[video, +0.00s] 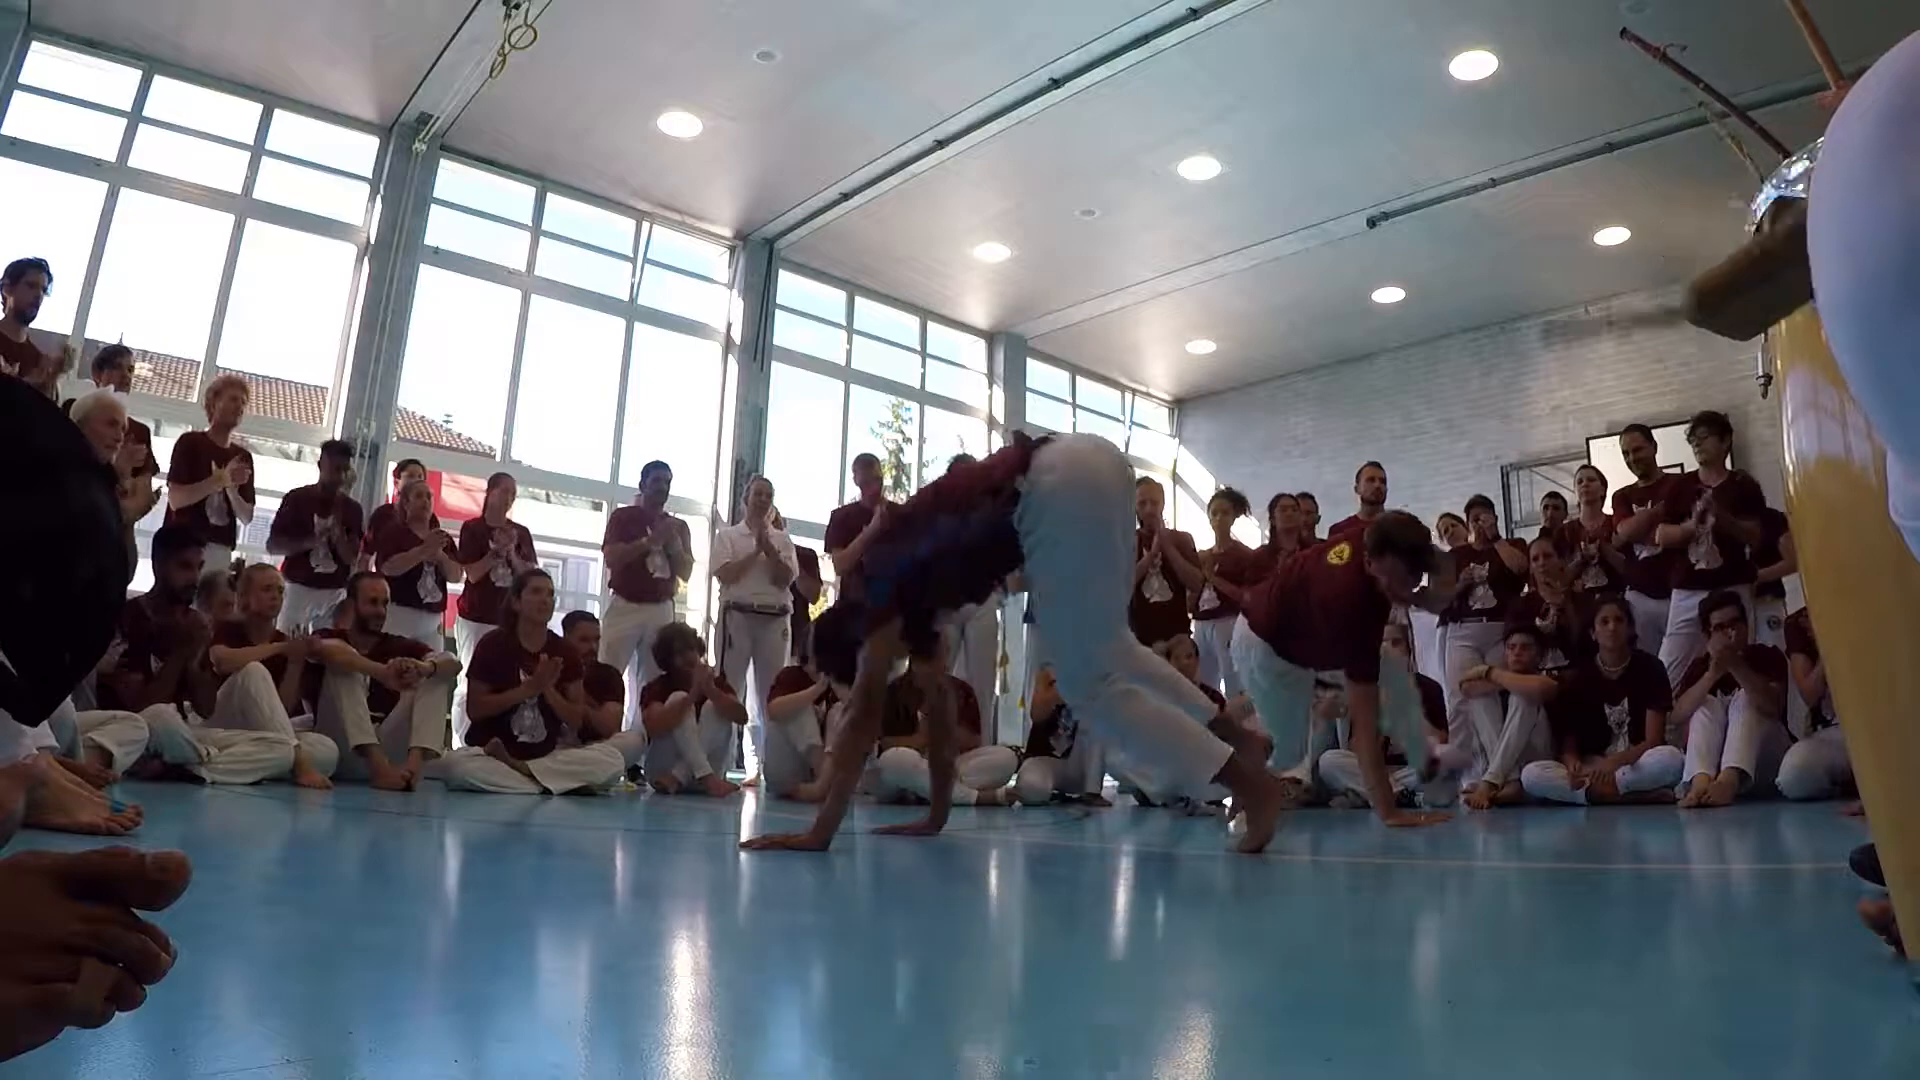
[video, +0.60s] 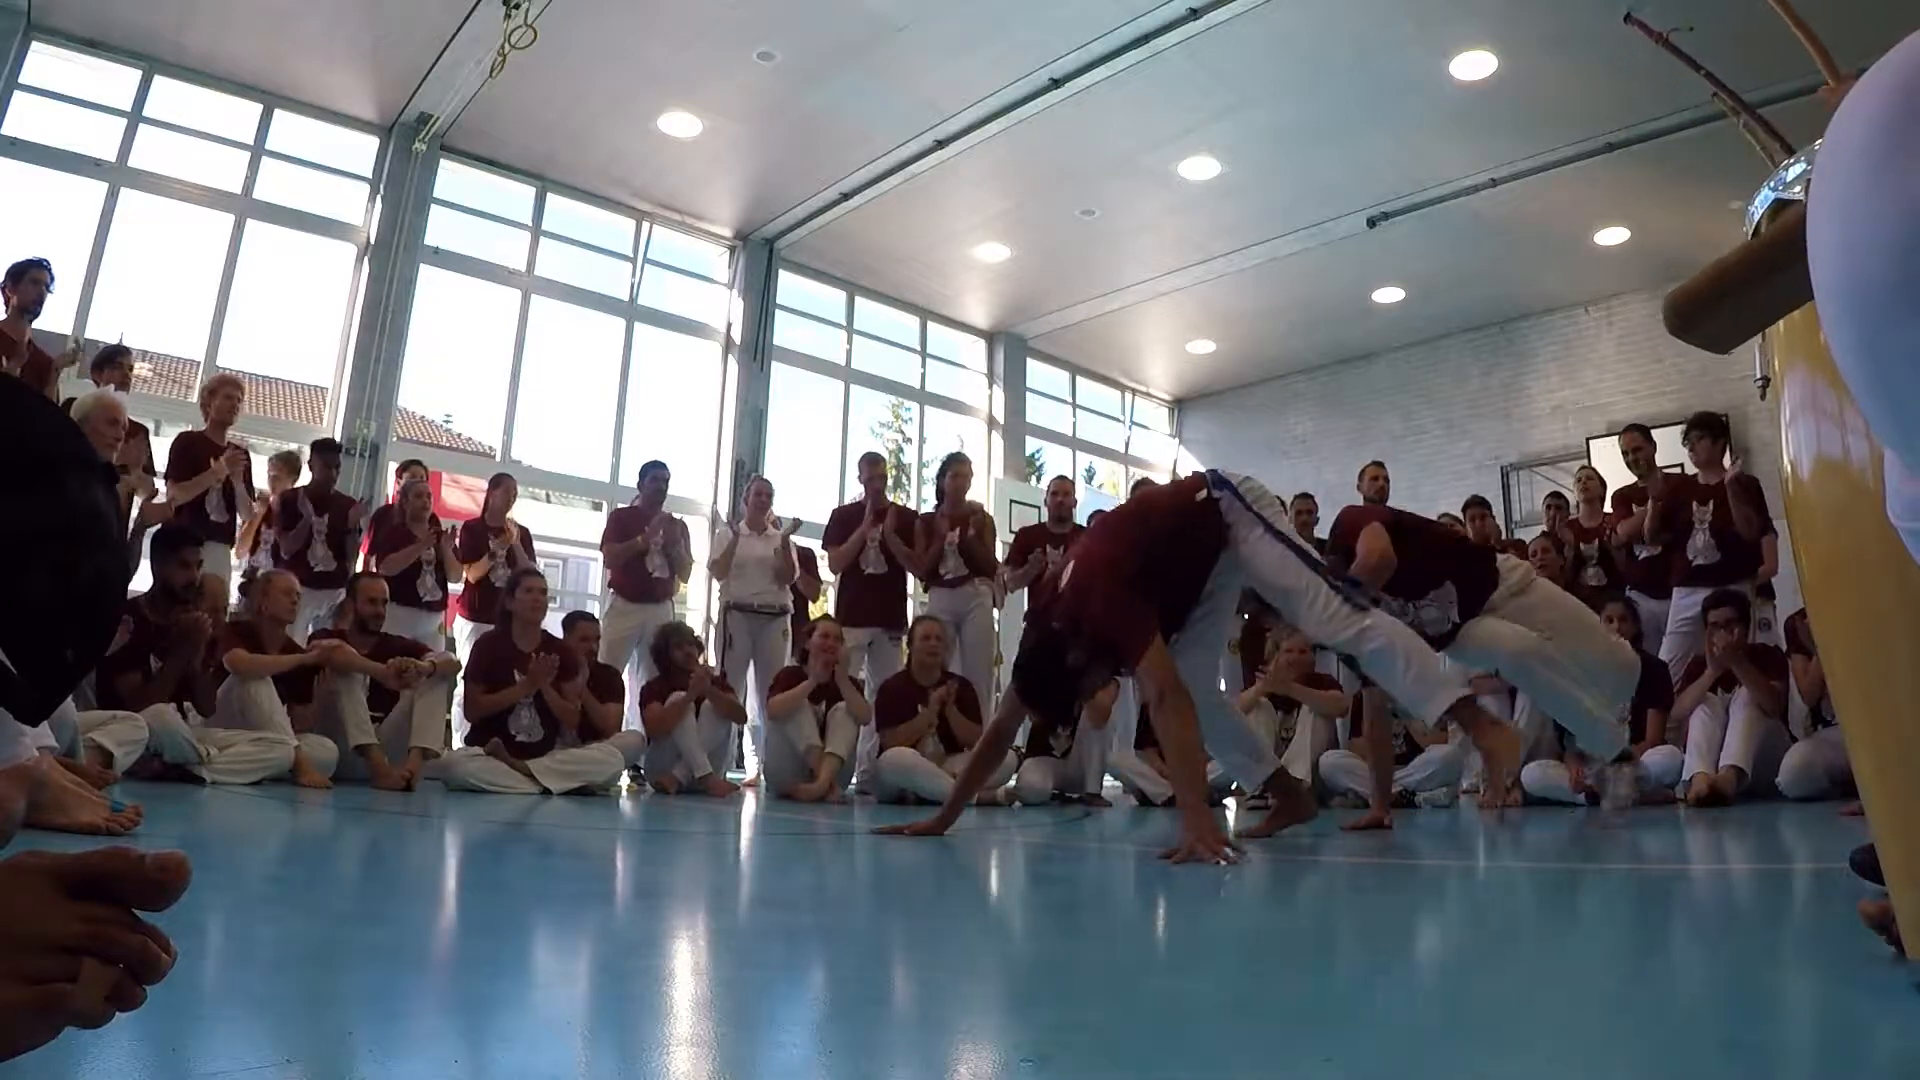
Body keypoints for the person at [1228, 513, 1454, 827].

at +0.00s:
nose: (1413, 588)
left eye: (1416, 578)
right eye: (1406, 578)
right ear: (1375, 565)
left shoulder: (1376, 535)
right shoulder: (1357, 599)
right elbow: (1363, 721)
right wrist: (1388, 811)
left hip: (1325, 635)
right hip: (1270, 641)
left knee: (1396, 677)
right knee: (1288, 753)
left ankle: (1426, 772)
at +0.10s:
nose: (1397, 583)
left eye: (1404, 570)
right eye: (1383, 574)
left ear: (1414, 553)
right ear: (1366, 564)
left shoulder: (1412, 525)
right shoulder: (1357, 600)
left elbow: (1481, 525)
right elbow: (1362, 716)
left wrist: (1453, 572)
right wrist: (1377, 803)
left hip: (1366, 638)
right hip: (1305, 648)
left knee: (1444, 681)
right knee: (1303, 741)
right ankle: (1225, 774)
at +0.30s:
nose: (1370, 576)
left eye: (1369, 563)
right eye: (1358, 572)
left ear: (1380, 541)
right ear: (1342, 574)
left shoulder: (1409, 530)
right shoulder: (1355, 621)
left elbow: (1491, 556)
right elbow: (1367, 710)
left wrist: (1412, 599)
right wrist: (1379, 807)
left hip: (1439, 629)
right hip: (1402, 671)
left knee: (1521, 679)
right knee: (1474, 754)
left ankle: (1513, 786)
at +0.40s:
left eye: (1329, 577)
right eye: (1323, 586)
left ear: (1341, 547)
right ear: (1315, 591)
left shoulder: (1380, 526)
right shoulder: (1347, 625)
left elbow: (1441, 562)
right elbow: (1368, 709)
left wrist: (1357, 604)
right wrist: (1379, 804)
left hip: (1467, 621)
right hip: (1429, 660)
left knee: (1559, 688)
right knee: (1525, 695)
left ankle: (1529, 782)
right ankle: (1514, 776)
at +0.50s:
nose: (1338, 589)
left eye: (1331, 577)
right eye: (1325, 589)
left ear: (1328, 550)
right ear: (1308, 593)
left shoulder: (1364, 524)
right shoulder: (1338, 624)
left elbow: (1400, 561)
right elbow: (1369, 712)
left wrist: (1334, 606)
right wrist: (1379, 805)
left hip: (1486, 600)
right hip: (1446, 646)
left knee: (1591, 682)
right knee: (1540, 660)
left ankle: (1545, 756)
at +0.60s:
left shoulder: (1349, 523)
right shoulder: (1356, 627)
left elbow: (1379, 556)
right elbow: (1376, 715)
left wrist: (1346, 599)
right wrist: (1380, 806)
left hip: (1502, 583)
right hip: (1461, 628)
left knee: (1618, 661)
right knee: (1521, 649)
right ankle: (1613, 754)